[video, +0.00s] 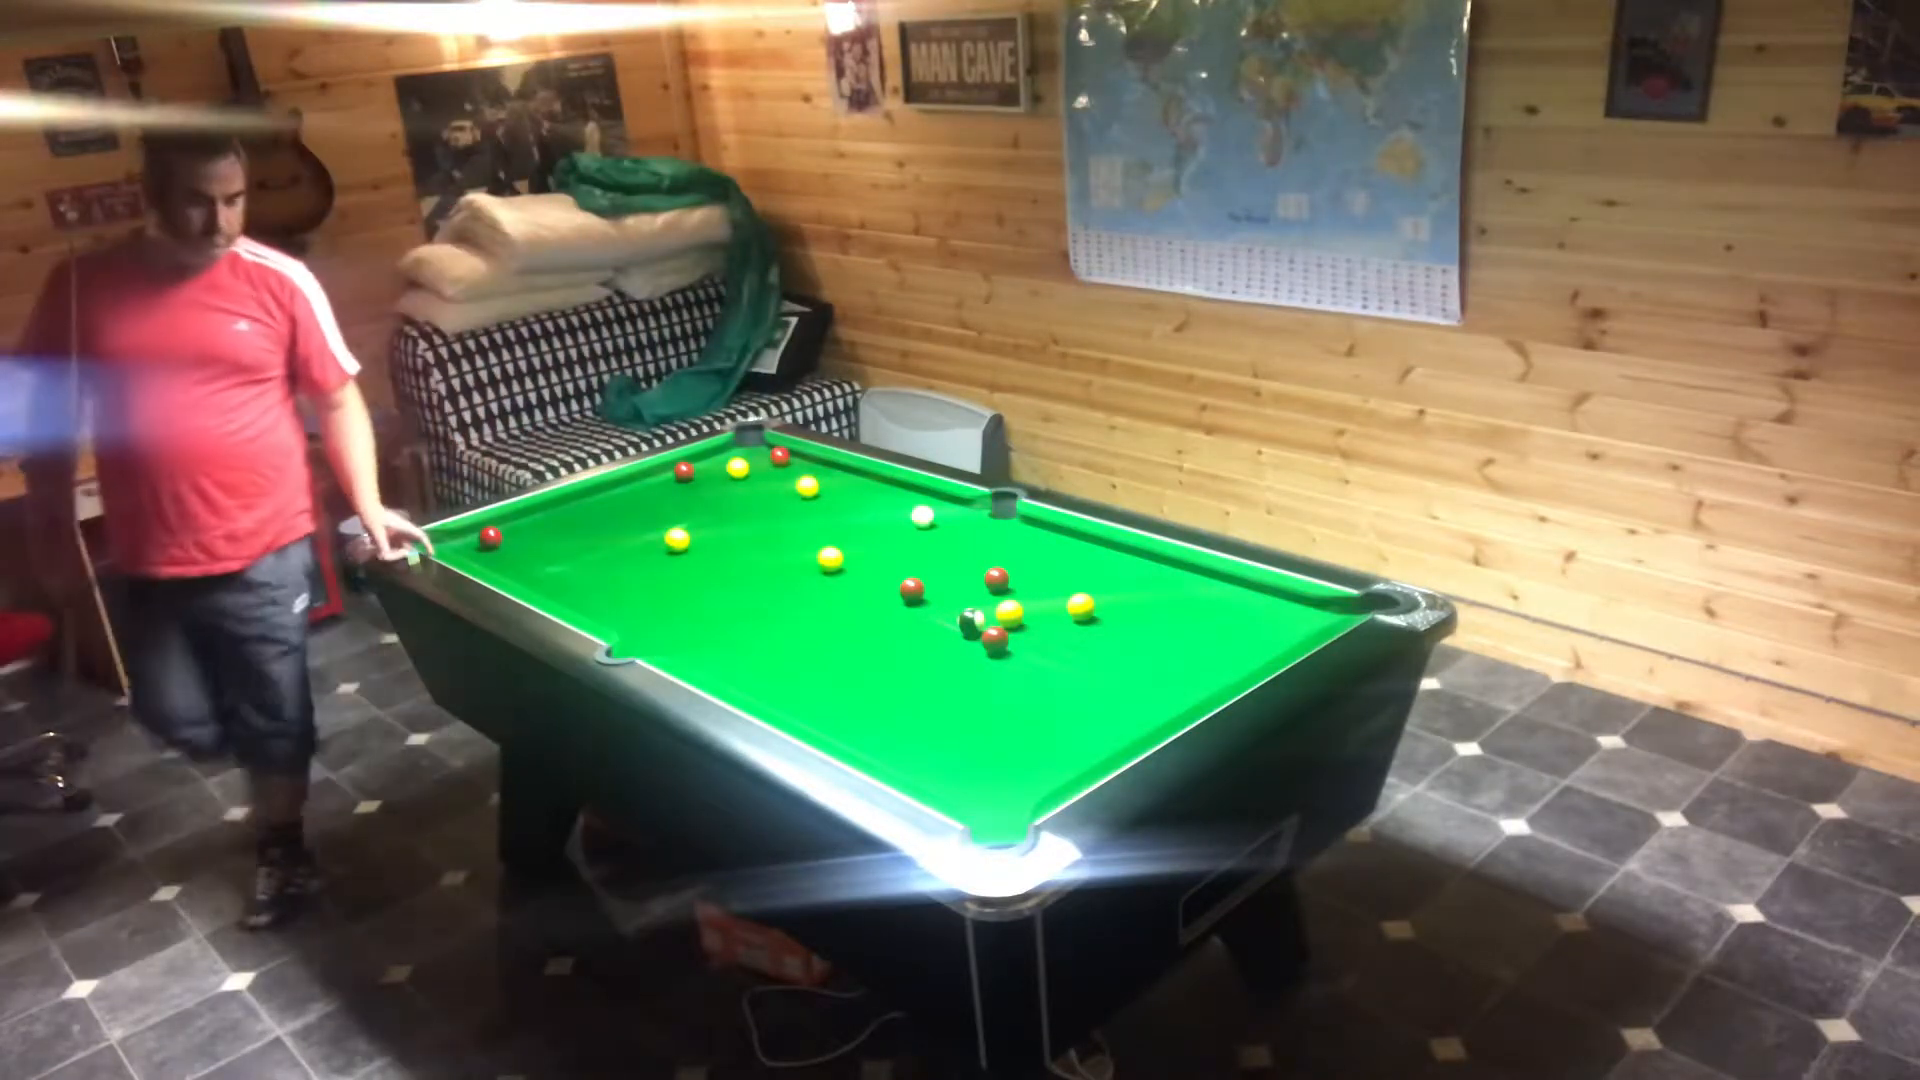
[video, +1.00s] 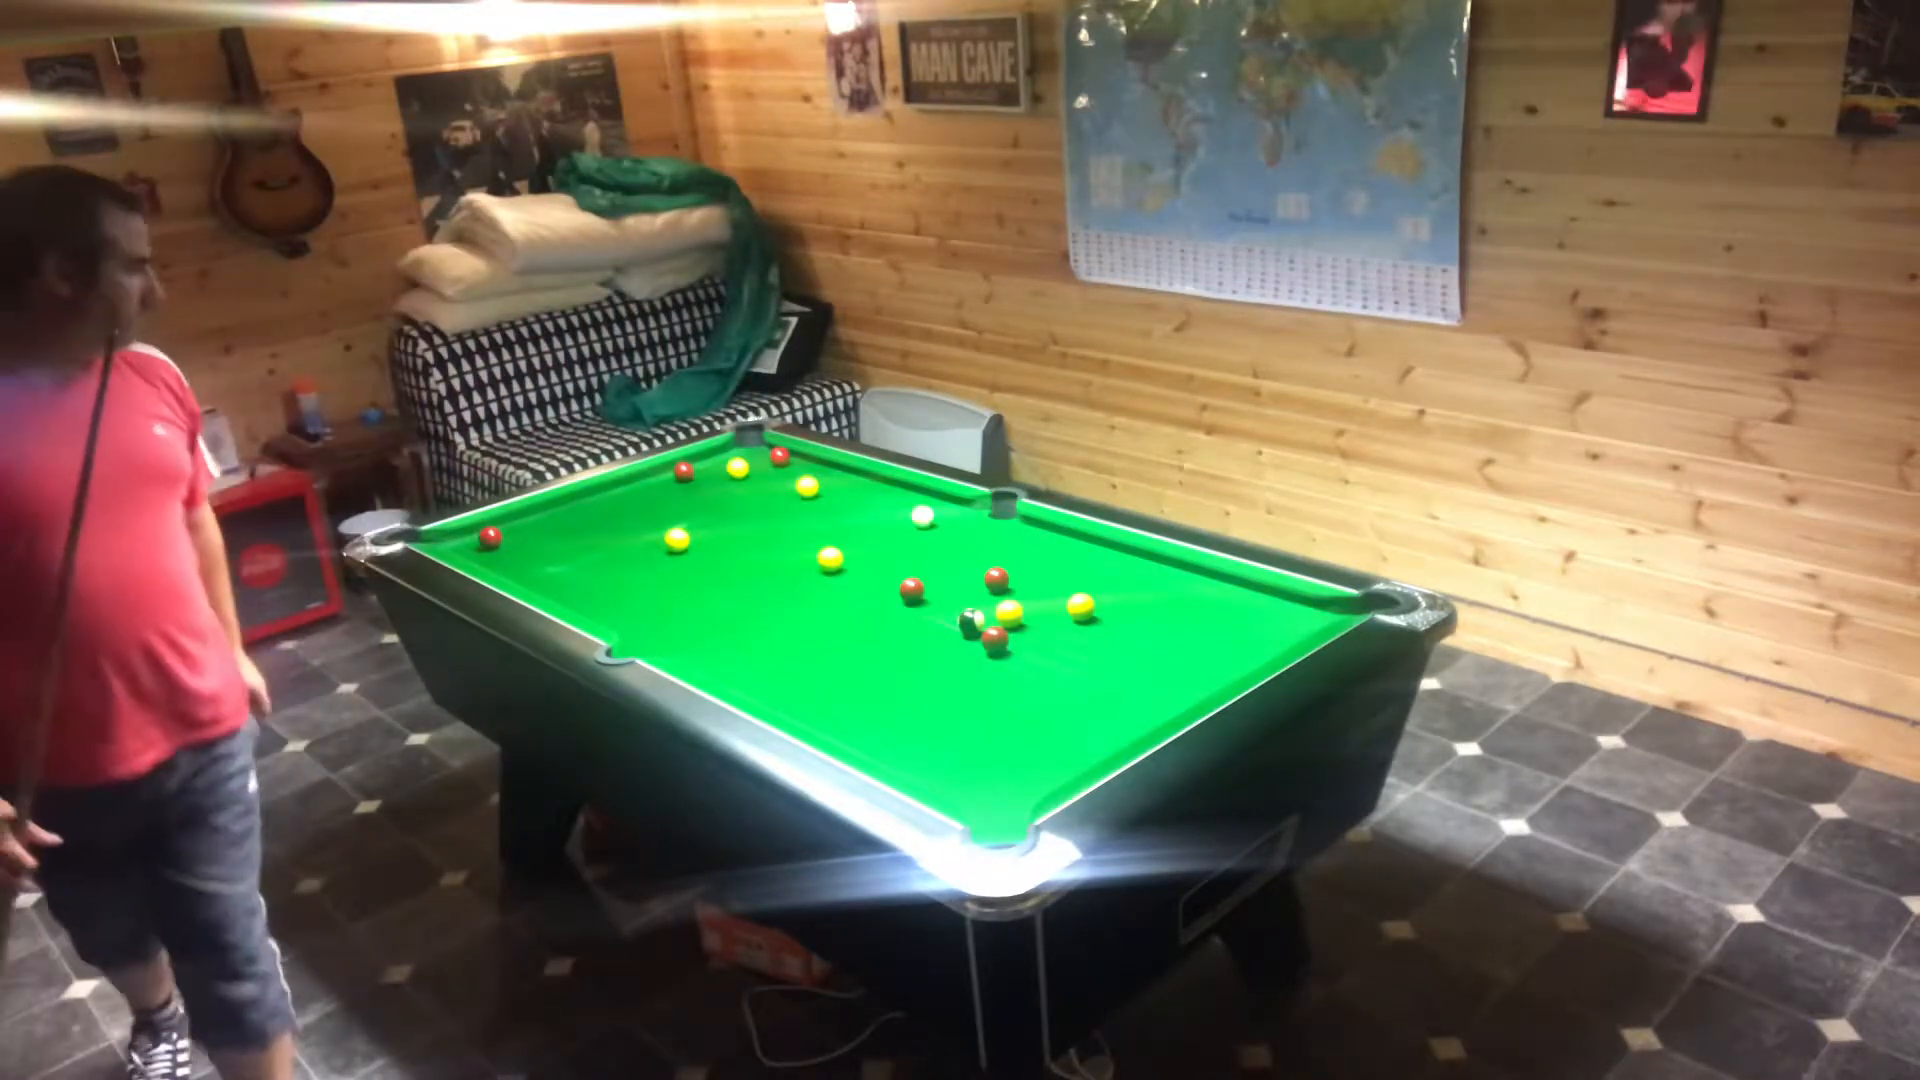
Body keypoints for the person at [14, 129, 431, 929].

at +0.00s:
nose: (222, 219)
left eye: (235, 199)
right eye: (200, 203)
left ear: (247, 191)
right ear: (153, 198)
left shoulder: (282, 284)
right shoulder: (85, 289)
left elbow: (338, 398)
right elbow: (45, 428)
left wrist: (369, 504)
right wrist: (60, 544)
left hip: (262, 555)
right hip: (148, 563)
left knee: (273, 722)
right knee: (179, 719)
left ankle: (282, 852)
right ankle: (270, 752)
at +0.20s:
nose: (191, 232)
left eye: (202, 211)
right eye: (169, 215)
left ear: (212, 202)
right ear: (113, 211)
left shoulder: (247, 298)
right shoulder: (47, 309)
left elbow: (309, 410)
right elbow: (19, 456)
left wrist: (364, 512)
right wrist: (19, 592)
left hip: (236, 587)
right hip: (114, 604)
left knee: (271, 741)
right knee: (145, 783)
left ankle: (282, 849)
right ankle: (169, 941)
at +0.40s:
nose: (154, 248)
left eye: (163, 228)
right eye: (131, 230)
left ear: (170, 223)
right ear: (64, 228)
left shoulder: (204, 321)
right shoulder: (13, 329)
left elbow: (275, 434)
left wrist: (354, 529)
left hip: (208, 622)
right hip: (77, 641)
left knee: (253, 760)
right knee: (131, 830)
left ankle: (278, 846)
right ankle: (160, 1014)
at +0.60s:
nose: (120, 251)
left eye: (126, 232)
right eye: (96, 233)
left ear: (130, 230)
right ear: (27, 235)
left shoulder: (159, 334)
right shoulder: (2, 351)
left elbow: (234, 451)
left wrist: (319, 549)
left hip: (171, 652)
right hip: (37, 674)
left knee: (226, 819)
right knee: (100, 871)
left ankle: (255, 857)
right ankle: (158, 1020)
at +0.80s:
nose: (125, 261)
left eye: (124, 239)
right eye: (100, 244)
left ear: (120, 236)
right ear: (28, 253)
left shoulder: (138, 347)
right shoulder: (5, 376)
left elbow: (193, 479)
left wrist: (241, 600)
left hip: (177, 683)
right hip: (40, 717)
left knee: (218, 872)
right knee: (104, 902)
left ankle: (257, 1026)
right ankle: (160, 1018)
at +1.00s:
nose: (155, 290)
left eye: (153, 266)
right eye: (135, 267)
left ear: (72, 278)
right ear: (56, 278)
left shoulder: (154, 380)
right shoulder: (5, 405)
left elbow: (199, 520)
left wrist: (233, 649)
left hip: (197, 737)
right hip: (54, 772)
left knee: (234, 968)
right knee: (114, 938)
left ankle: (274, 1073)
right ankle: (161, 1017)